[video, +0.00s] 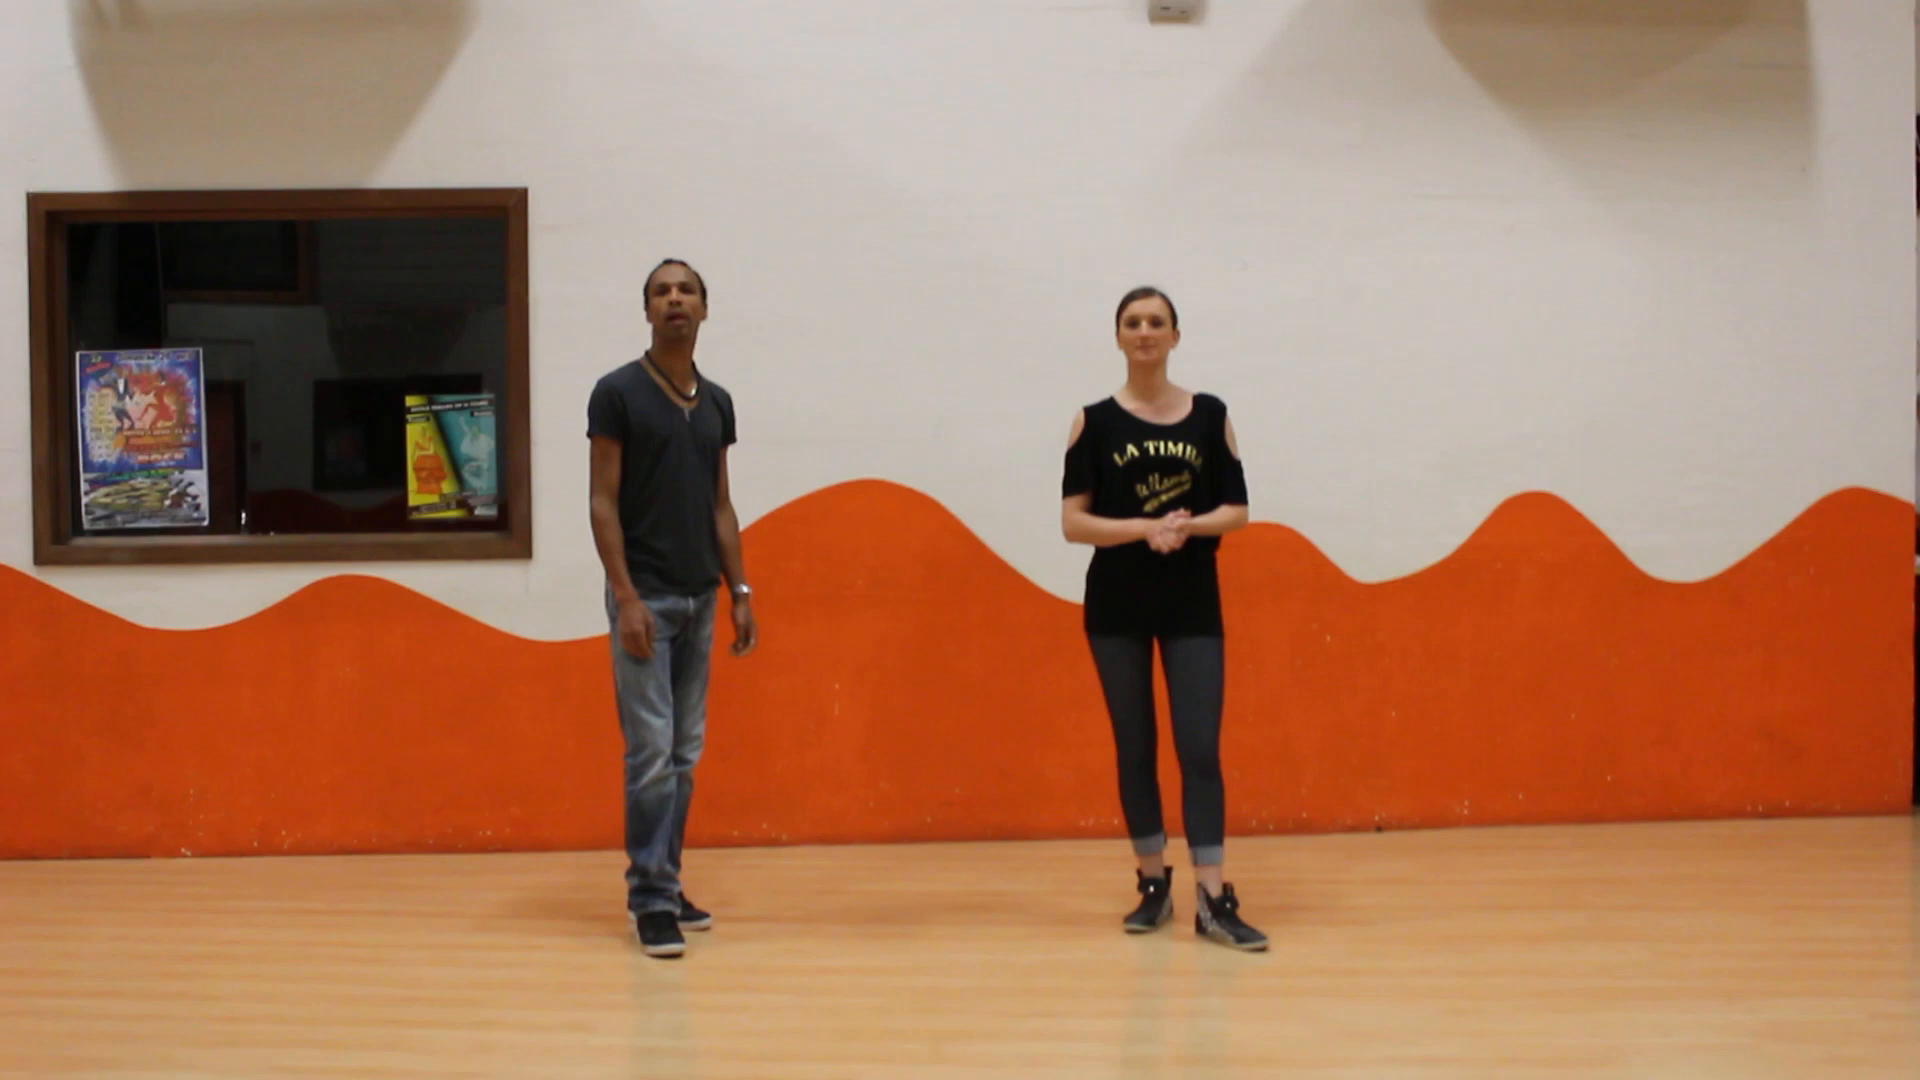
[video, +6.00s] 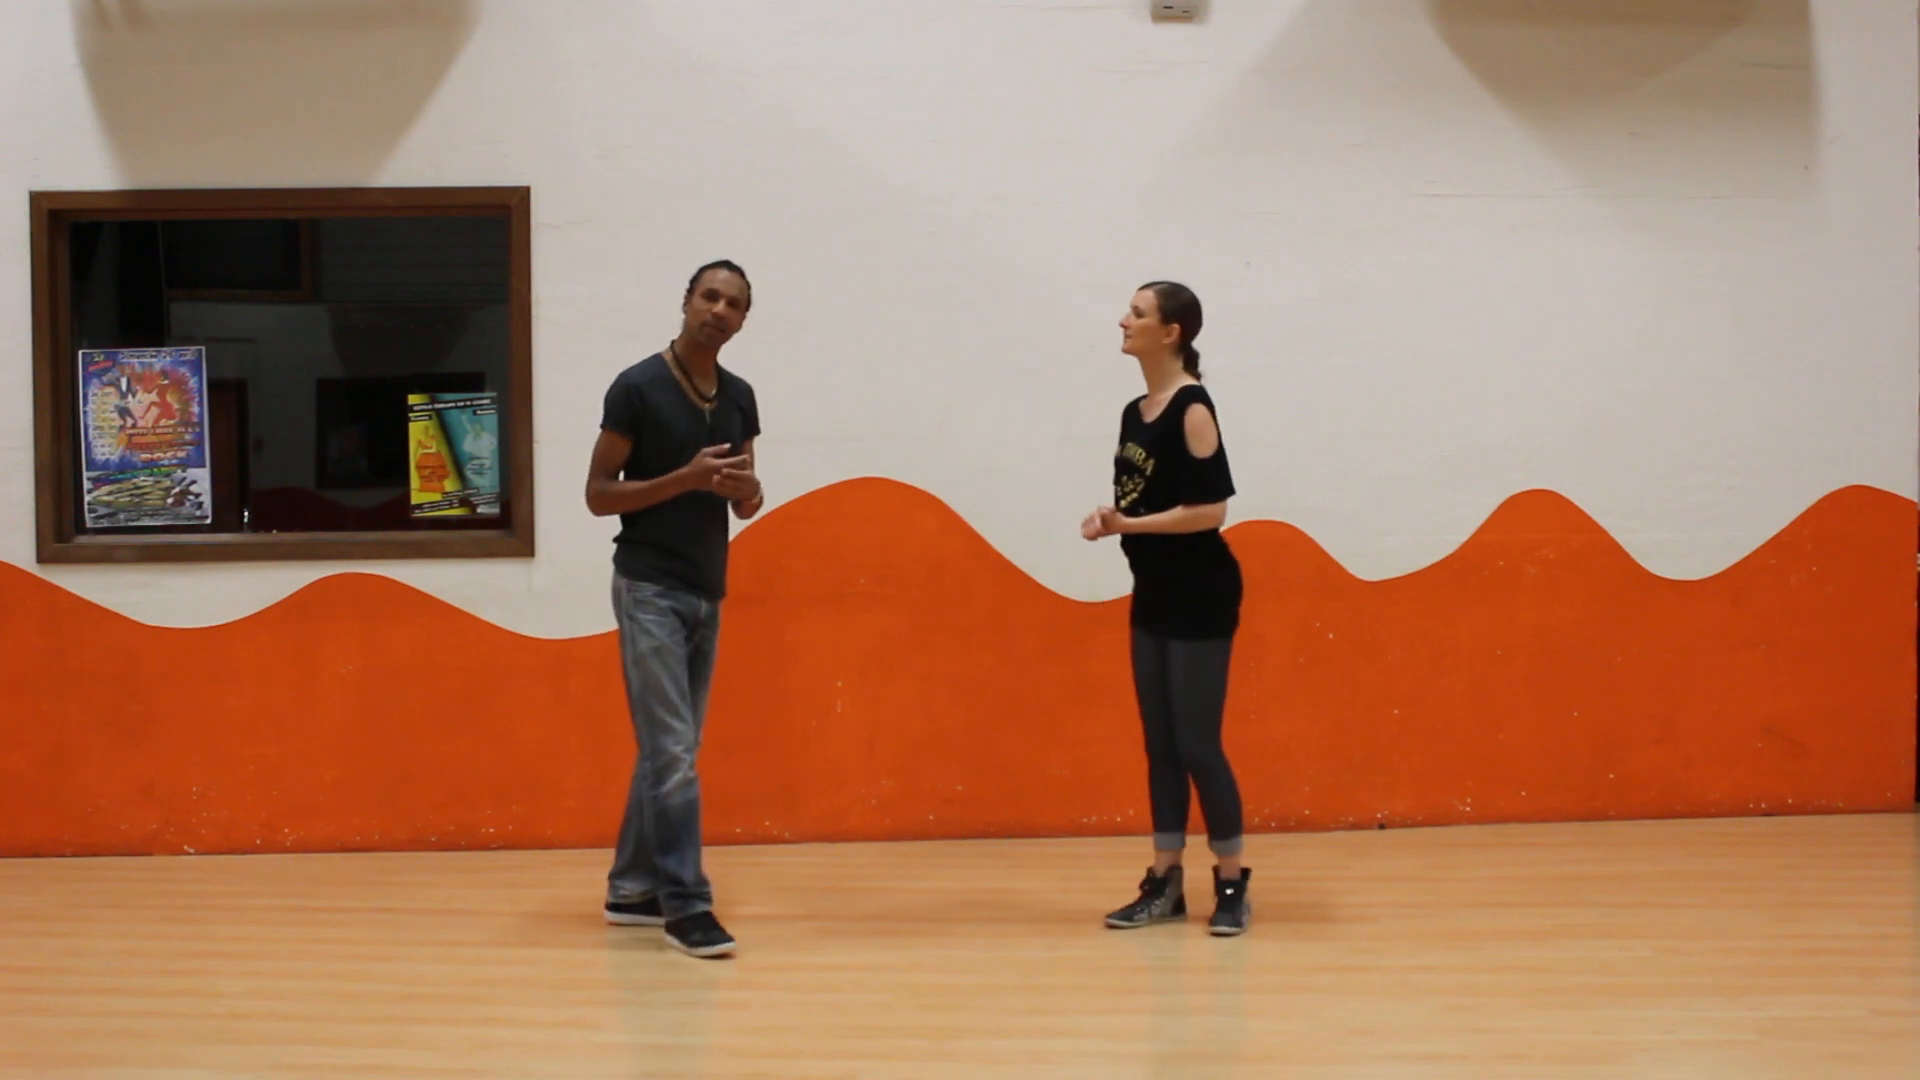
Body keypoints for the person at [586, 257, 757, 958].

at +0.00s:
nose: (674, 299)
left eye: (686, 290)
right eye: (662, 291)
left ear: (704, 309)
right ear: (645, 310)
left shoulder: (715, 402)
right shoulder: (618, 393)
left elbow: (720, 504)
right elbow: (603, 504)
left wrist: (740, 591)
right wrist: (626, 598)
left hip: (699, 594)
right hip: (643, 595)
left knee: (684, 749)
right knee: (652, 747)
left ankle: (664, 885)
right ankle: (652, 899)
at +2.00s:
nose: (661, 288)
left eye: (674, 279)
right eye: (648, 277)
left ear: (689, 299)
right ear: (625, 293)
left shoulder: (707, 386)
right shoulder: (593, 389)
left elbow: (713, 493)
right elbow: (587, 506)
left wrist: (736, 577)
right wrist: (607, 600)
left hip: (693, 601)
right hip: (626, 603)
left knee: (705, 751)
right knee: (638, 759)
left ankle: (672, 872)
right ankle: (645, 902)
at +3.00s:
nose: (766, 279)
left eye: (780, 276)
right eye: (755, 266)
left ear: (786, 301)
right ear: (724, 279)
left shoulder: (792, 392)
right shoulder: (668, 376)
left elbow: (791, 505)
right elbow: (634, 499)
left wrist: (809, 603)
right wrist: (714, 564)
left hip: (765, 607)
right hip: (687, 605)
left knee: (760, 777)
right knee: (681, 773)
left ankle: (752, 936)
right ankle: (656, 901)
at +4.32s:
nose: (695, 293)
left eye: (707, 287)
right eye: (683, 280)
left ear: (713, 310)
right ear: (650, 295)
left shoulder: (721, 395)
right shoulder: (604, 391)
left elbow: (722, 500)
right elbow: (574, 512)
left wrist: (729, 522)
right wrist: (677, 512)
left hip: (694, 607)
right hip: (619, 608)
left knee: (720, 771)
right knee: (620, 773)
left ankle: (751, 936)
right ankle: (621, 924)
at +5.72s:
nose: (733, 315)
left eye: (740, 306)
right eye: (721, 300)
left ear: (737, 320)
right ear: (682, 303)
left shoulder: (715, 396)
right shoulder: (642, 386)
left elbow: (688, 497)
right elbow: (613, 497)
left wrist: (729, 497)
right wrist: (709, 484)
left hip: (689, 586)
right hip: (639, 583)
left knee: (670, 739)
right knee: (664, 737)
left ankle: (645, 887)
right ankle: (636, 897)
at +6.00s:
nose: (719, 311)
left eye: (733, 305)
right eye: (711, 297)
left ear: (742, 321)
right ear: (684, 301)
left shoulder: (737, 398)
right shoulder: (637, 387)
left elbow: (747, 501)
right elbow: (598, 496)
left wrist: (744, 485)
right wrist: (683, 480)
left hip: (704, 591)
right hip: (648, 587)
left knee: (674, 746)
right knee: (672, 747)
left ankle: (632, 885)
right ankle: (688, 907)